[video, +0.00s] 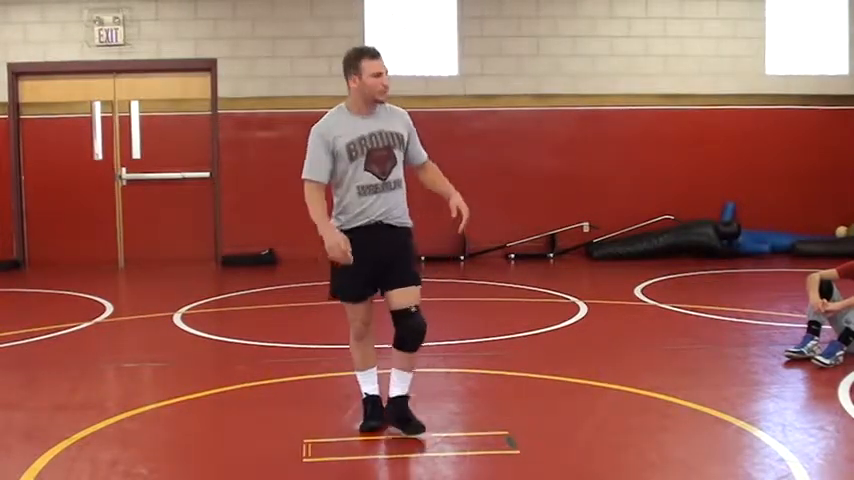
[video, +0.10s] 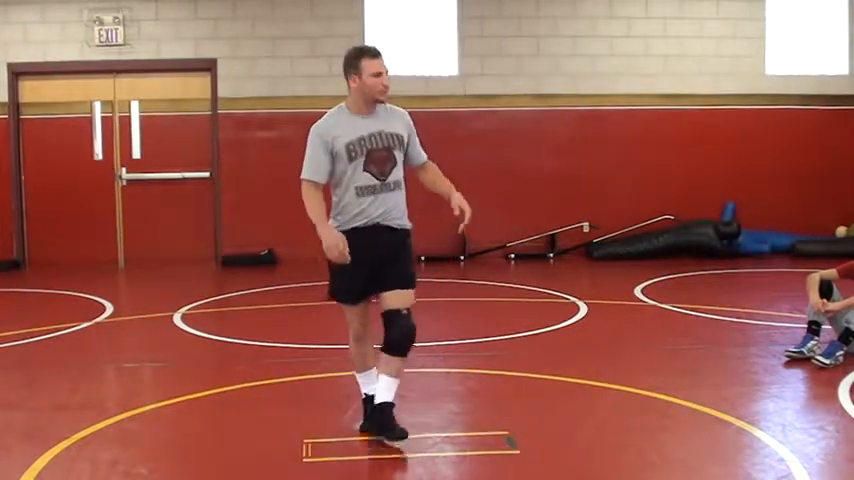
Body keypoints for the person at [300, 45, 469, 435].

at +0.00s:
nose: (386, 81)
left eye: (385, 74)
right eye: (377, 75)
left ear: (384, 78)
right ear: (353, 81)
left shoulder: (400, 119)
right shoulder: (327, 130)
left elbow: (422, 165)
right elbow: (313, 188)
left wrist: (451, 192)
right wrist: (327, 229)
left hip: (396, 231)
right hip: (351, 235)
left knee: (410, 325)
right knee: (360, 325)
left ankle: (398, 403)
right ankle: (371, 402)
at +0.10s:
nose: (386, 81)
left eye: (385, 74)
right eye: (377, 75)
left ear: (384, 78)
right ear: (353, 80)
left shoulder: (400, 119)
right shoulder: (326, 129)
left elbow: (422, 166)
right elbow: (310, 186)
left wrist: (451, 192)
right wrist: (325, 229)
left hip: (395, 233)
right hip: (349, 237)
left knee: (401, 328)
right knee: (359, 328)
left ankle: (384, 409)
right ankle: (370, 403)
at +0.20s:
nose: (383, 80)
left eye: (384, 72)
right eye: (374, 73)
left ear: (385, 77)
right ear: (351, 79)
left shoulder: (402, 121)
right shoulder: (325, 129)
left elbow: (423, 170)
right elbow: (308, 186)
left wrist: (452, 205)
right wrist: (319, 232)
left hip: (394, 236)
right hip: (347, 239)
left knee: (392, 332)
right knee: (358, 330)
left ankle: (374, 419)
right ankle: (369, 403)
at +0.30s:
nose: (379, 79)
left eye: (382, 72)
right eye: (370, 72)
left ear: (386, 76)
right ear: (349, 78)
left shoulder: (404, 124)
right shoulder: (323, 128)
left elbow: (427, 177)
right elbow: (306, 187)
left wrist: (453, 224)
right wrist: (311, 238)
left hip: (392, 239)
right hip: (343, 241)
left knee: (389, 334)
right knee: (355, 334)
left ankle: (373, 421)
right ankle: (369, 398)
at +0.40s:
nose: (379, 76)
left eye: (383, 69)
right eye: (369, 69)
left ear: (388, 74)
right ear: (350, 75)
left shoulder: (407, 124)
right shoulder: (323, 123)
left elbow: (428, 181)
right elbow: (306, 181)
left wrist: (450, 234)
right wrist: (298, 238)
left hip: (391, 239)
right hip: (342, 240)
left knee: (388, 334)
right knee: (352, 334)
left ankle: (373, 423)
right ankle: (368, 399)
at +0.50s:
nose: (379, 75)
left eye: (384, 68)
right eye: (370, 68)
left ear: (391, 74)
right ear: (353, 74)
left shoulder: (411, 126)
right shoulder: (325, 122)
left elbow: (429, 185)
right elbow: (302, 180)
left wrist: (446, 240)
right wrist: (284, 236)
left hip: (389, 239)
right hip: (340, 240)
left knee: (387, 339)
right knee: (342, 342)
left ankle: (372, 423)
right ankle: (366, 390)